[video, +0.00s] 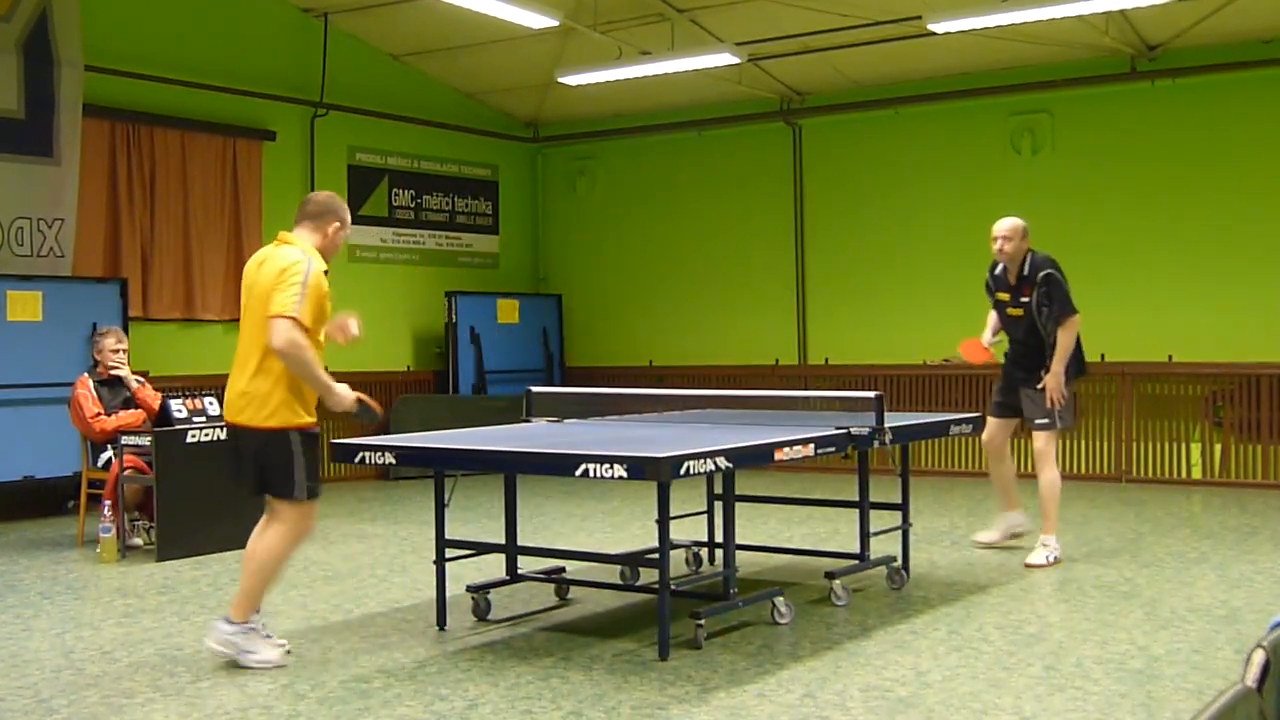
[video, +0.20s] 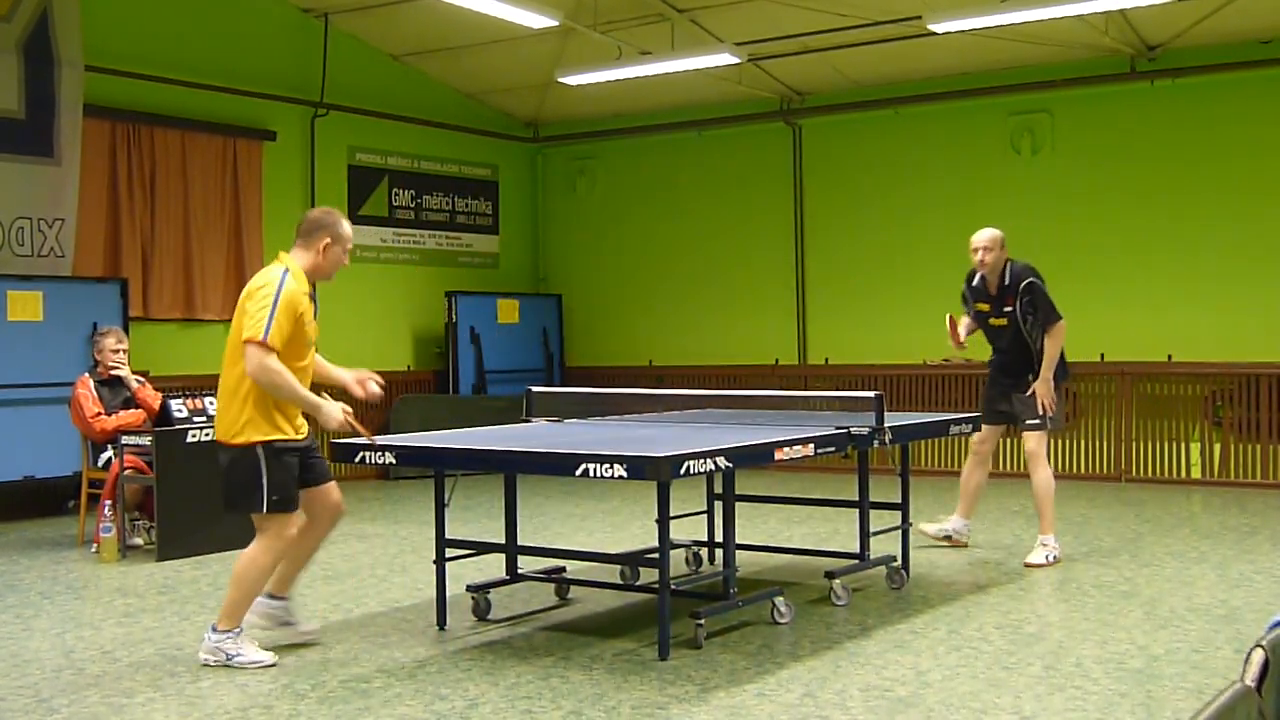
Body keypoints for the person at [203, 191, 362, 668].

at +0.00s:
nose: (342, 244)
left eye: (344, 237)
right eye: (344, 236)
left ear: (302, 221)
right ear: (333, 229)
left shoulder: (262, 259)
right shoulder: (303, 264)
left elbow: (269, 330)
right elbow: (285, 338)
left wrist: (325, 330)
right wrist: (330, 389)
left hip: (253, 410)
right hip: (280, 414)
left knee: (276, 515)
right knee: (296, 517)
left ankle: (245, 622)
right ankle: (236, 624)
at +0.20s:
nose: (347, 262)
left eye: (349, 253)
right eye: (346, 251)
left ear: (319, 245)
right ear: (324, 245)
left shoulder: (297, 289)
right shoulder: (277, 284)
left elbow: (299, 357)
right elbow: (258, 363)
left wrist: (345, 376)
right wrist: (319, 406)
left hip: (288, 426)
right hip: (257, 430)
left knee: (327, 508)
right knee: (279, 530)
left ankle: (273, 602)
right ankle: (222, 635)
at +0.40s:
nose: (369, 282)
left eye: (371, 274)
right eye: (368, 273)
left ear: (343, 267)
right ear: (344, 266)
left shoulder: (333, 312)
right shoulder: (282, 300)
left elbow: (343, 375)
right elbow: (264, 380)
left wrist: (379, 412)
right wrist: (329, 408)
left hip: (294, 425)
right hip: (247, 426)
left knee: (335, 510)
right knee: (271, 528)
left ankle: (334, 616)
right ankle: (221, 636)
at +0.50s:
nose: (387, 301)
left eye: (390, 292)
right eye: (385, 292)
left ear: (361, 285)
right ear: (358, 284)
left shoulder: (356, 328)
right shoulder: (293, 310)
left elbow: (360, 389)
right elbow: (269, 386)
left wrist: (398, 421)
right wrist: (336, 411)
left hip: (303, 426)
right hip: (248, 423)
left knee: (340, 514)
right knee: (258, 524)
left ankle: (333, 618)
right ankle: (220, 633)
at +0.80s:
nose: (390, 340)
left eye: (393, 332)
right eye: (387, 331)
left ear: (369, 323)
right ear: (357, 318)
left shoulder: (364, 356)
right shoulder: (299, 336)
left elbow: (370, 416)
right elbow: (284, 413)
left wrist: (416, 423)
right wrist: (354, 425)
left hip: (301, 438)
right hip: (243, 434)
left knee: (345, 515)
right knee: (214, 532)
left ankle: (334, 617)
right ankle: (143, 615)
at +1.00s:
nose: (374, 363)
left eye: (378, 354)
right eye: (370, 352)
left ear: (347, 344)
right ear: (341, 340)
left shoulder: (352, 376)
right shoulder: (287, 356)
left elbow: (352, 441)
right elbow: (285, 433)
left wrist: (404, 433)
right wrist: (349, 436)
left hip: (290, 456)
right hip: (231, 454)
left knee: (348, 516)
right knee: (198, 548)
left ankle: (334, 617)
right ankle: (136, 624)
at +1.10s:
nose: (370, 372)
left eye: (374, 363)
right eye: (365, 362)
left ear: (344, 355)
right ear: (335, 352)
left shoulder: (350, 385)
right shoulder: (282, 367)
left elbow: (350, 449)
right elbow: (285, 443)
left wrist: (397, 437)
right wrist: (351, 442)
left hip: (286, 467)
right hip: (228, 464)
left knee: (350, 515)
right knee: (197, 554)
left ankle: (334, 617)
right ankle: (137, 624)